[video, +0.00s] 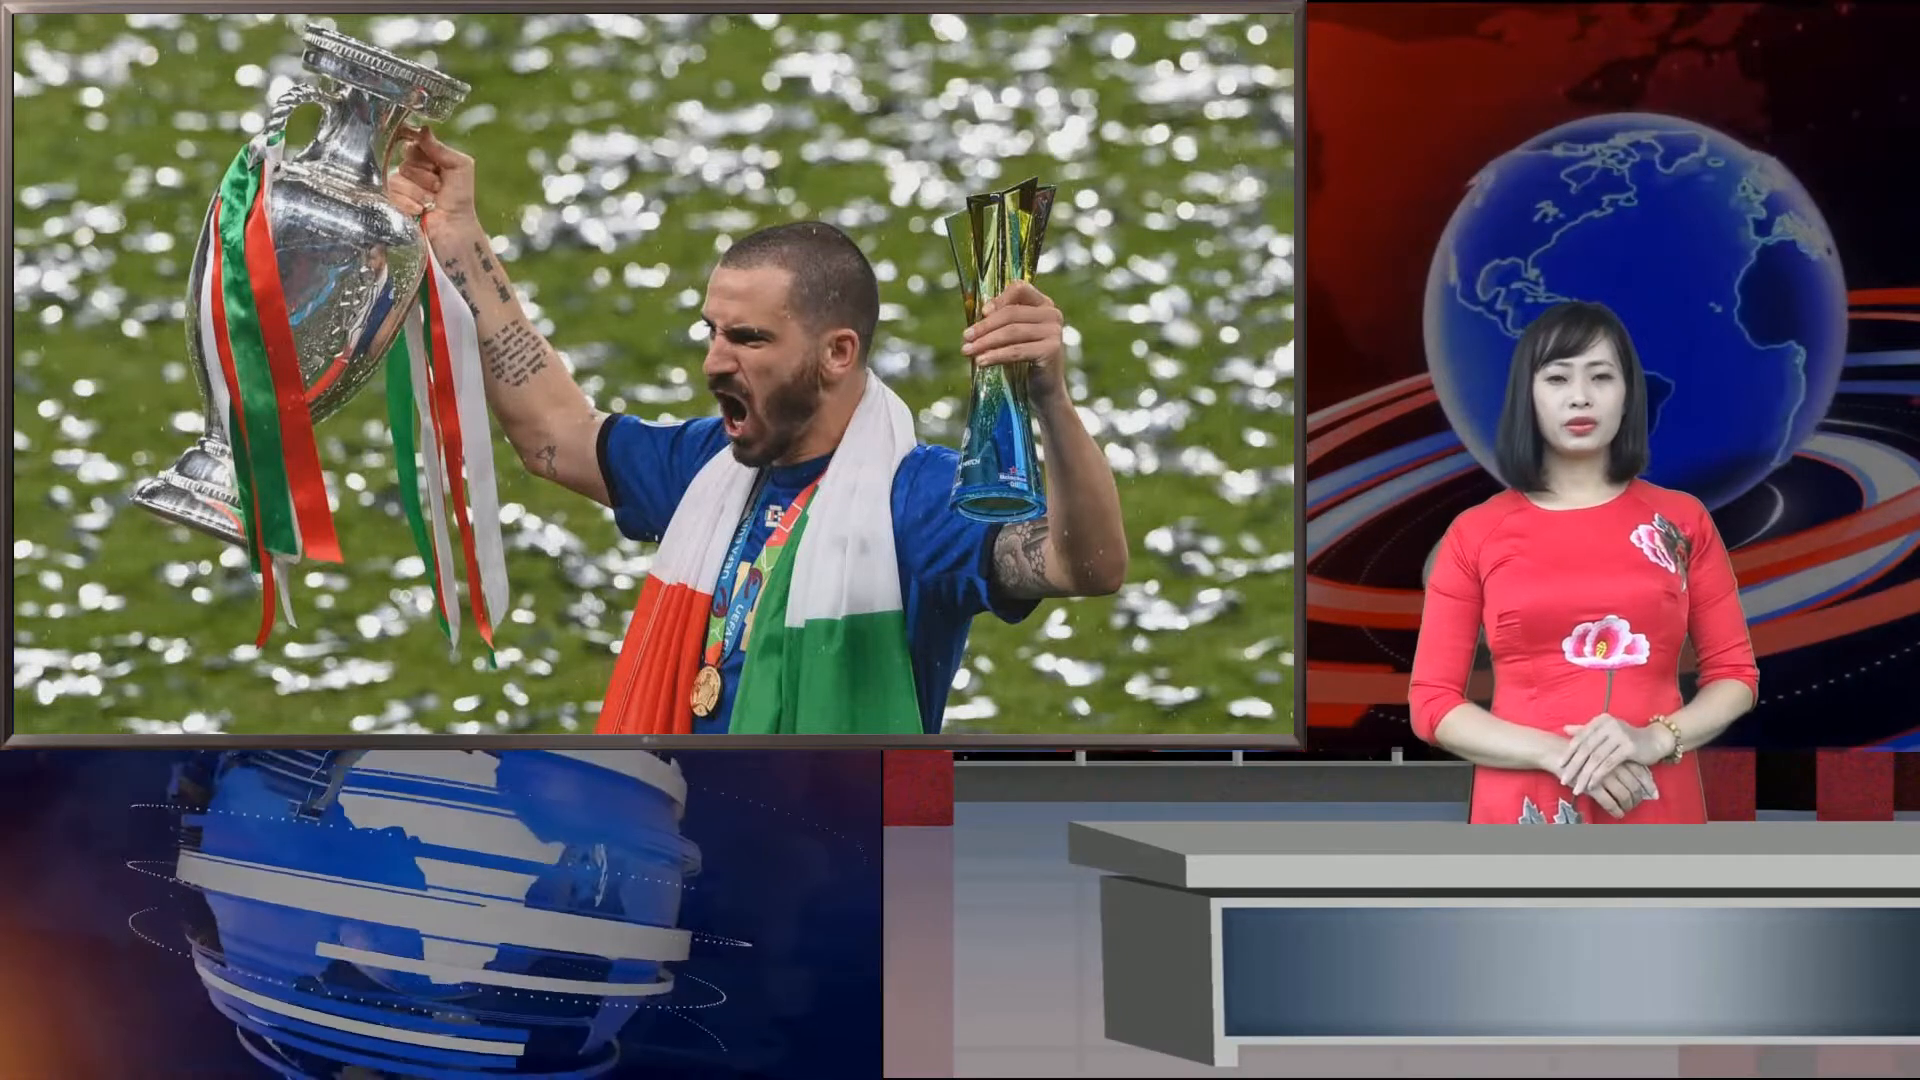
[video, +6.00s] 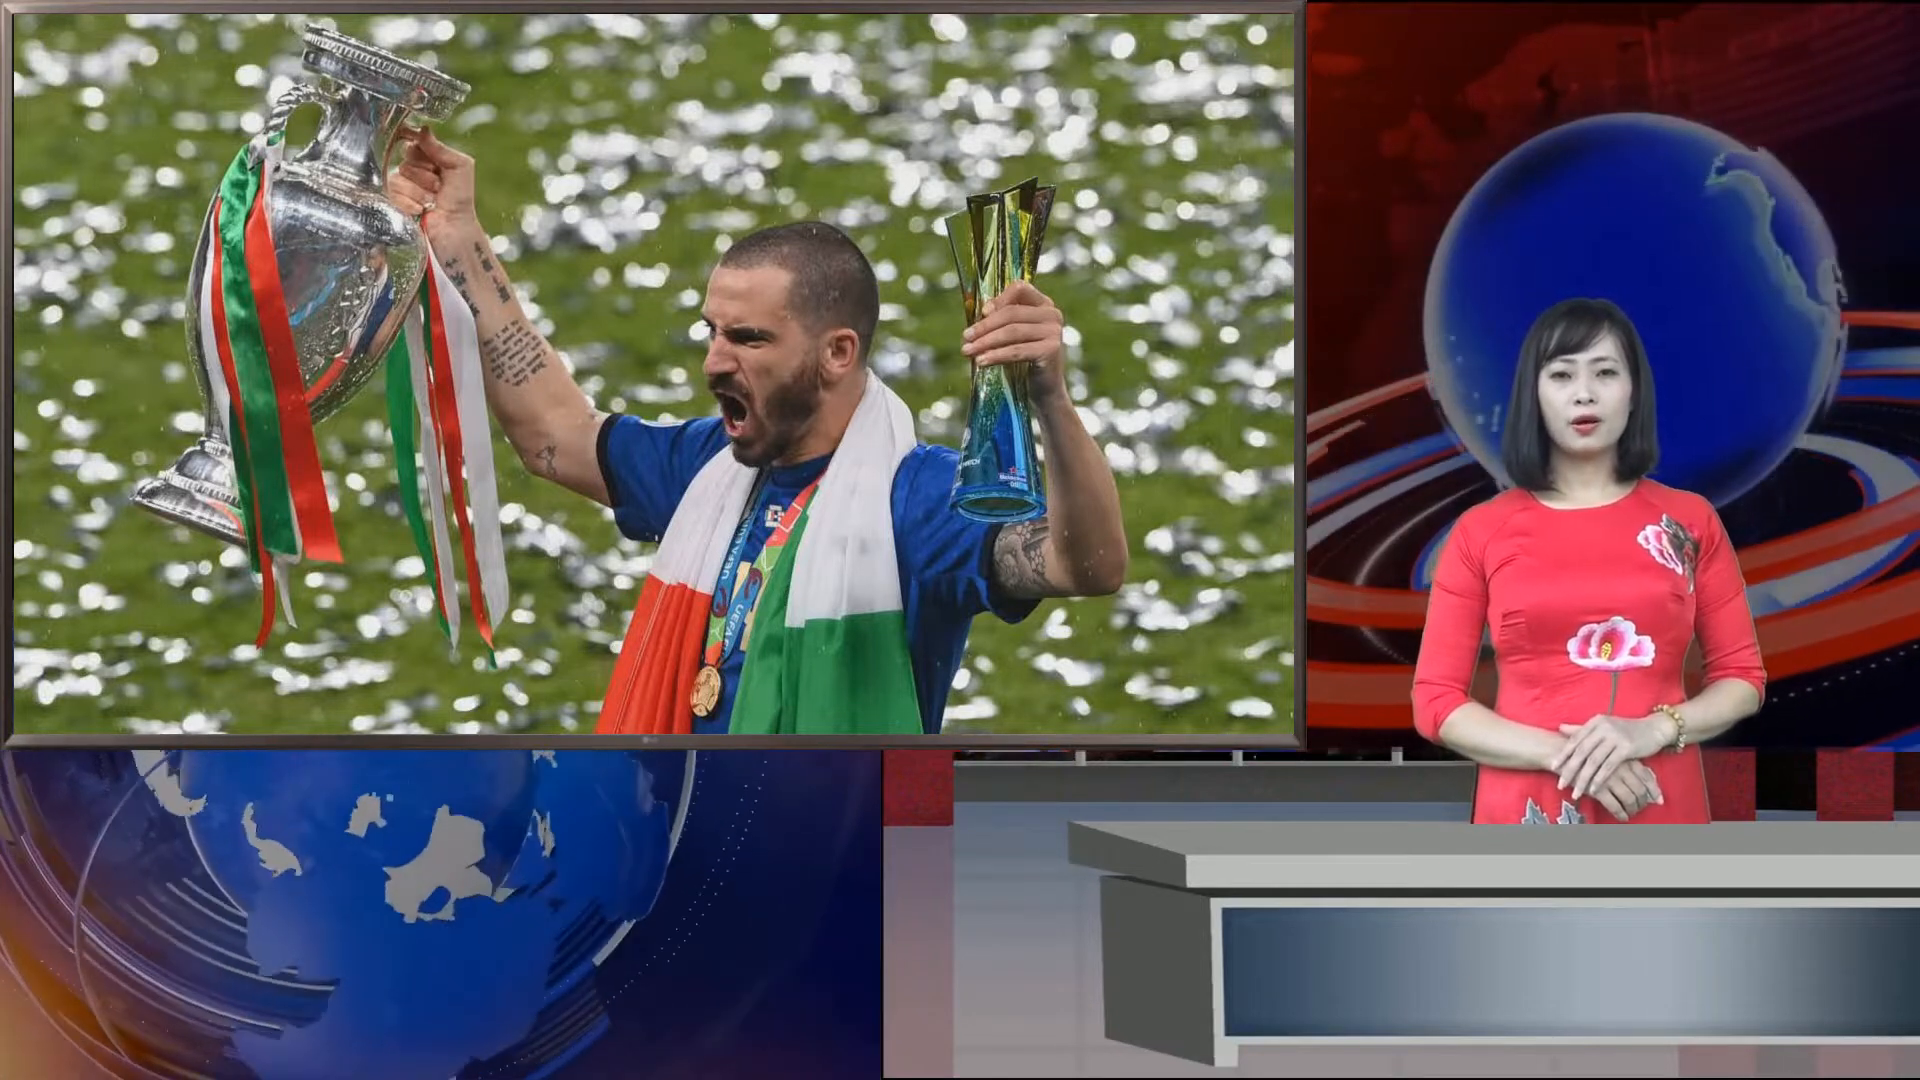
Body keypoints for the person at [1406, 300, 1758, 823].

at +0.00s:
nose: (1580, 396)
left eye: (1601, 377)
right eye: (1557, 378)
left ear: (1627, 394)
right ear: (1528, 395)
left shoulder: (1681, 522)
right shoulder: (1476, 535)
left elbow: (1735, 678)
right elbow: (1432, 704)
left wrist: (1654, 738)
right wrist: (1560, 752)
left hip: (1660, 823)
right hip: (1520, 824)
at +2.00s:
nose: (1581, 393)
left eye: (1602, 374)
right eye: (1559, 376)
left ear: (1630, 392)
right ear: (1531, 394)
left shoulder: (1685, 520)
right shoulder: (1479, 533)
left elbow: (1739, 679)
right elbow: (1433, 701)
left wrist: (1650, 728)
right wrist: (1566, 752)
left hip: (1661, 824)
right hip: (1521, 824)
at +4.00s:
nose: (1581, 394)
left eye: (1603, 374)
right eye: (1560, 375)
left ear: (1632, 392)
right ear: (1533, 392)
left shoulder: (1687, 522)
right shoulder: (1480, 533)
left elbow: (1739, 680)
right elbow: (1433, 700)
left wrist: (1653, 729)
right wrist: (1569, 753)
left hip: (1662, 823)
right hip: (1522, 824)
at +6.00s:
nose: (1584, 393)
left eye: (1606, 373)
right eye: (1562, 375)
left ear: (1634, 391)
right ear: (1534, 392)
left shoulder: (1689, 522)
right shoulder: (1482, 533)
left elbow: (1742, 681)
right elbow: (1435, 701)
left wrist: (1653, 729)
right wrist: (1569, 753)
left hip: (1664, 824)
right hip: (1524, 825)